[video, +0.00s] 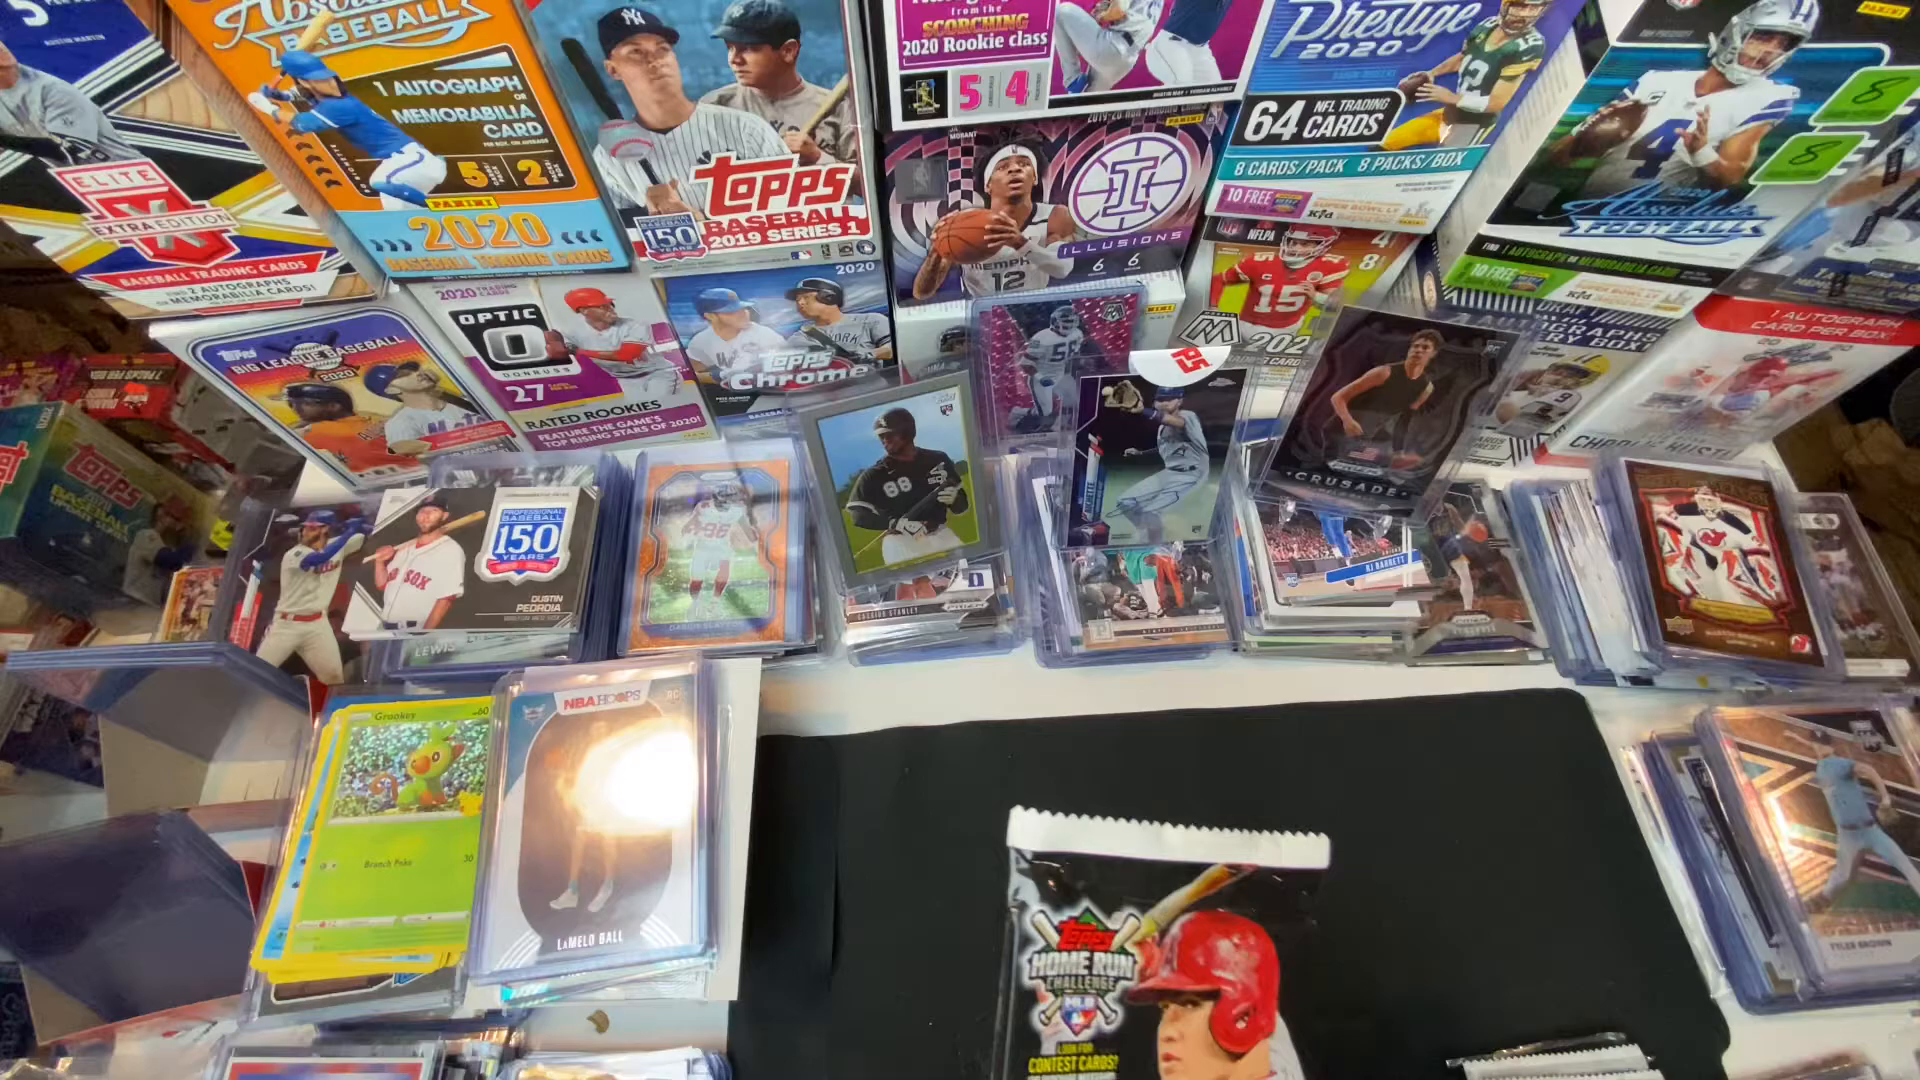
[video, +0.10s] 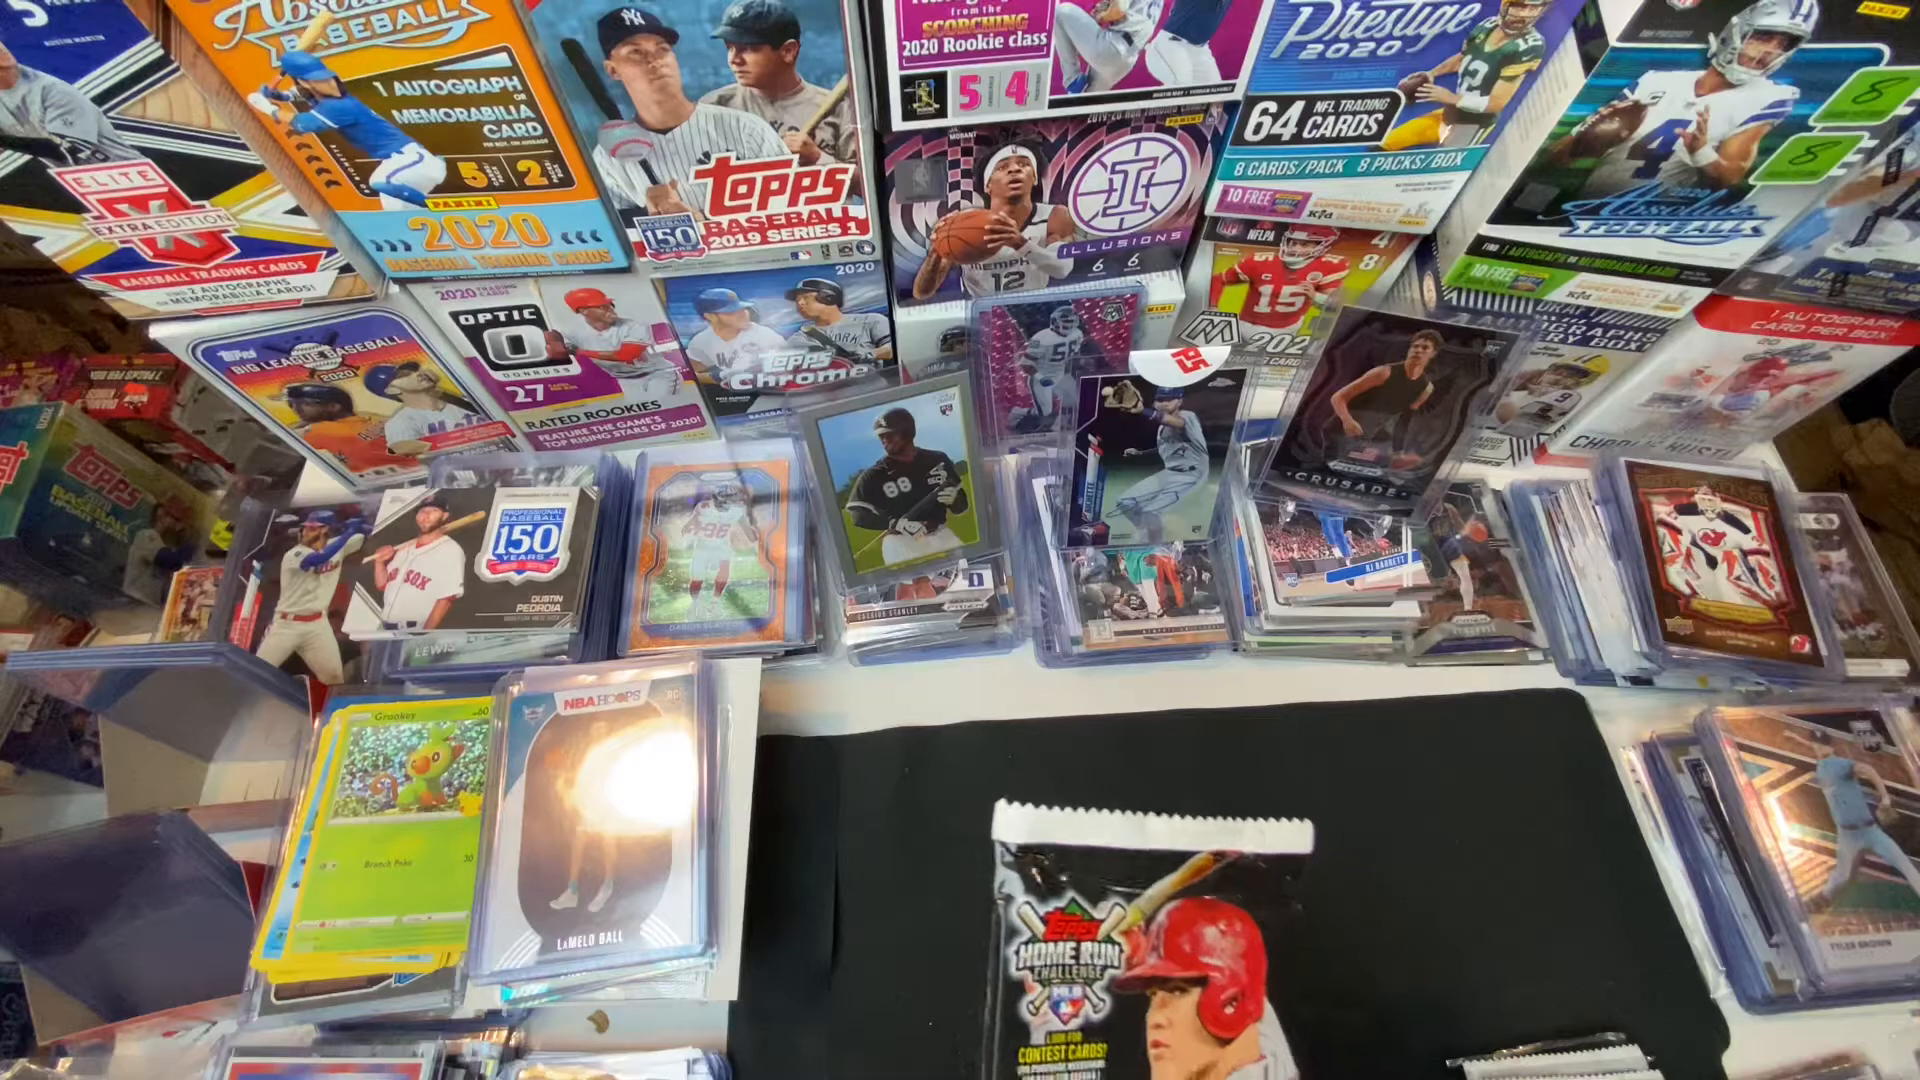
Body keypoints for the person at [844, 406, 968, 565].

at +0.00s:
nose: (885, 442)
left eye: (890, 435)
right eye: (882, 437)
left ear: (907, 433)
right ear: (879, 438)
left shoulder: (938, 460)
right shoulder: (873, 476)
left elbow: (962, 506)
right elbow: (859, 516)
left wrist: (955, 499)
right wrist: (895, 523)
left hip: (940, 536)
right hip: (900, 544)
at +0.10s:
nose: (885, 442)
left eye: (890, 436)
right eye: (882, 438)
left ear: (906, 434)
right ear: (879, 439)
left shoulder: (937, 460)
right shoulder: (872, 477)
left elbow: (961, 506)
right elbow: (859, 516)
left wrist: (955, 499)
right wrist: (894, 523)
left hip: (940, 536)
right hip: (900, 544)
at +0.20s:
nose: (886, 442)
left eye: (890, 435)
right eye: (882, 437)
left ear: (906, 433)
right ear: (880, 438)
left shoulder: (938, 460)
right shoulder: (873, 476)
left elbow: (962, 506)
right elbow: (859, 516)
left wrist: (955, 498)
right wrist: (895, 523)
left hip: (940, 536)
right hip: (900, 544)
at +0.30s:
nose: (886, 442)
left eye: (890, 436)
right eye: (882, 438)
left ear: (907, 434)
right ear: (879, 439)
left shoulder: (937, 460)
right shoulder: (873, 476)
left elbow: (962, 506)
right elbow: (859, 516)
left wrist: (955, 499)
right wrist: (895, 523)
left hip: (940, 536)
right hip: (900, 545)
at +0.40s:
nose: (886, 442)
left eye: (890, 435)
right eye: (882, 437)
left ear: (907, 433)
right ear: (879, 438)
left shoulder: (937, 460)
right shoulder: (873, 476)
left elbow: (961, 506)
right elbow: (859, 517)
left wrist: (955, 498)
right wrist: (896, 523)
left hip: (940, 536)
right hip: (900, 544)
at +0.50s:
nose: (886, 441)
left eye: (890, 435)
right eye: (882, 437)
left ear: (907, 433)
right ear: (879, 438)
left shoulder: (938, 459)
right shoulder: (873, 475)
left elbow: (960, 506)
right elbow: (859, 516)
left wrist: (955, 498)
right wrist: (895, 523)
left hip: (940, 535)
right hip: (899, 543)